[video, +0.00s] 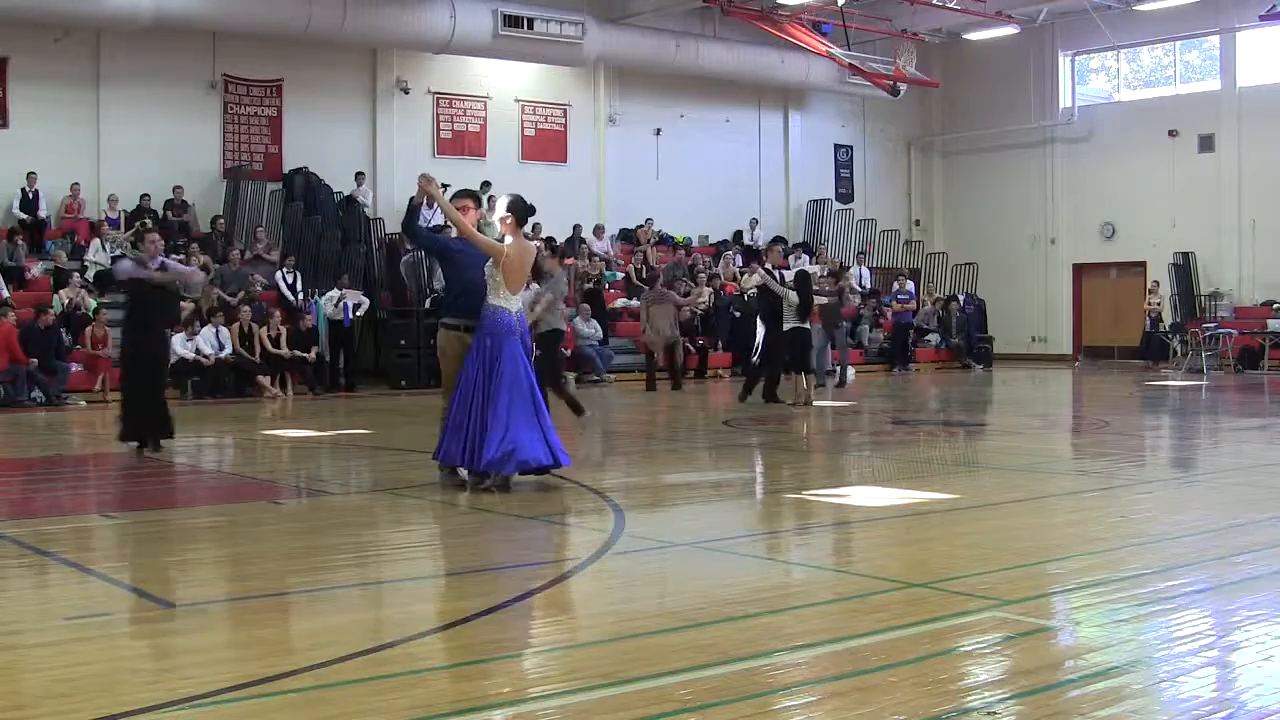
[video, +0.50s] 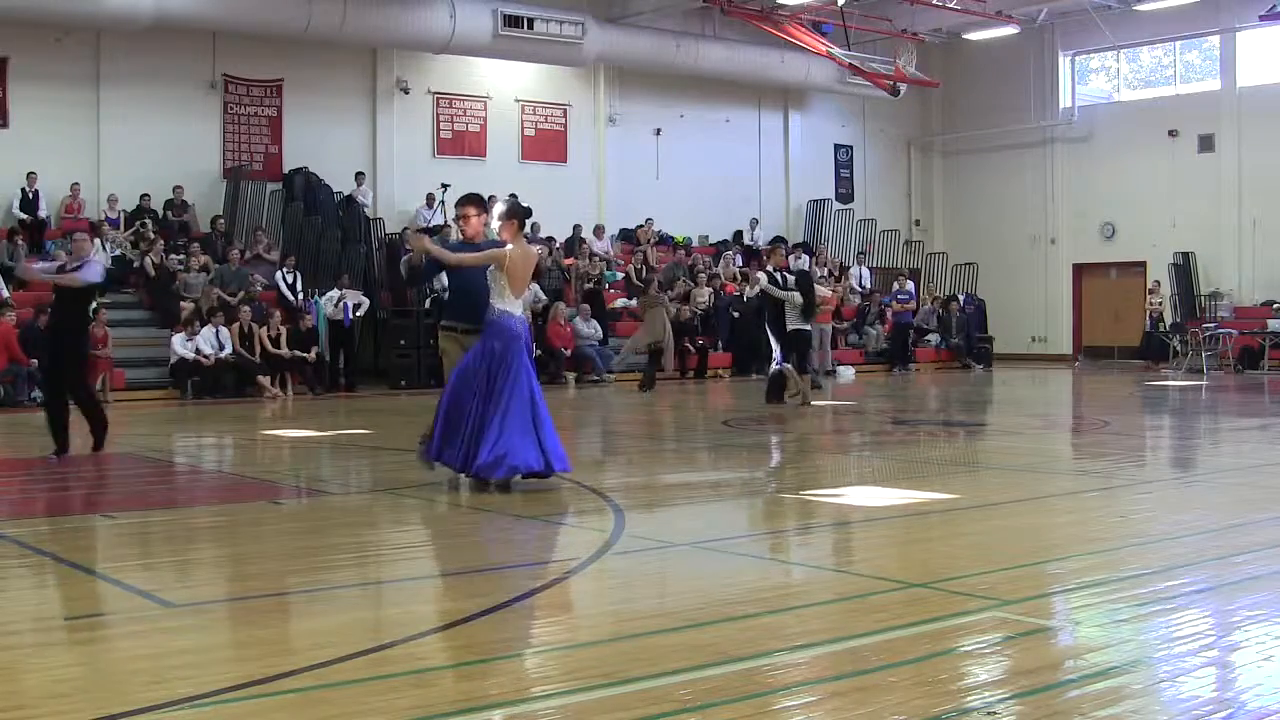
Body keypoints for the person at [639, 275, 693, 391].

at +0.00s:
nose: (662, 278)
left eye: (660, 277)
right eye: (660, 277)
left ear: (649, 282)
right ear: (659, 280)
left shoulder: (645, 296)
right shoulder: (669, 294)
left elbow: (643, 316)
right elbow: (682, 302)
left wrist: (642, 329)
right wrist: (697, 296)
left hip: (652, 331)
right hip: (669, 330)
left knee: (649, 355)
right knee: (673, 357)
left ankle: (650, 383)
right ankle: (676, 383)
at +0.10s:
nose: (659, 280)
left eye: (658, 279)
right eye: (658, 279)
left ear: (647, 282)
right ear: (657, 281)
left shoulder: (643, 296)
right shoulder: (666, 294)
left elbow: (637, 315)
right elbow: (681, 303)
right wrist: (696, 298)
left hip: (648, 331)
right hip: (664, 330)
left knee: (649, 358)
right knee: (672, 353)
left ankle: (650, 384)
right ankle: (674, 381)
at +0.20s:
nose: (659, 281)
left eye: (658, 279)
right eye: (658, 279)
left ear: (646, 281)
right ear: (655, 281)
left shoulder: (641, 297)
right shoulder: (665, 294)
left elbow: (632, 316)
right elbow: (679, 302)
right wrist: (691, 301)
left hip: (647, 331)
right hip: (663, 331)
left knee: (647, 357)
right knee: (662, 354)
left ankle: (649, 383)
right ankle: (661, 379)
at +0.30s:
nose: (658, 280)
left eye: (656, 278)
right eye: (656, 278)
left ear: (645, 281)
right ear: (654, 280)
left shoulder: (641, 297)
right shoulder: (664, 295)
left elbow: (631, 316)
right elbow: (678, 303)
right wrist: (691, 302)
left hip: (645, 332)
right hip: (661, 332)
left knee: (647, 360)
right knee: (659, 359)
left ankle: (650, 385)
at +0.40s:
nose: (657, 284)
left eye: (656, 282)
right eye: (656, 282)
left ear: (646, 283)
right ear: (655, 282)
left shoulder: (641, 298)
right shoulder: (663, 297)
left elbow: (633, 314)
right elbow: (673, 307)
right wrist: (685, 307)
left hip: (645, 330)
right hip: (660, 330)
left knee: (648, 359)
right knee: (656, 359)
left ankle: (650, 386)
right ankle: (646, 383)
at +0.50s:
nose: (657, 286)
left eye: (656, 283)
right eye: (656, 284)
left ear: (645, 285)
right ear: (653, 285)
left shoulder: (642, 300)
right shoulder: (662, 298)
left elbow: (641, 315)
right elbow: (670, 313)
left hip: (649, 327)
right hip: (662, 327)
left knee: (652, 356)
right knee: (656, 356)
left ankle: (649, 382)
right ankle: (645, 383)